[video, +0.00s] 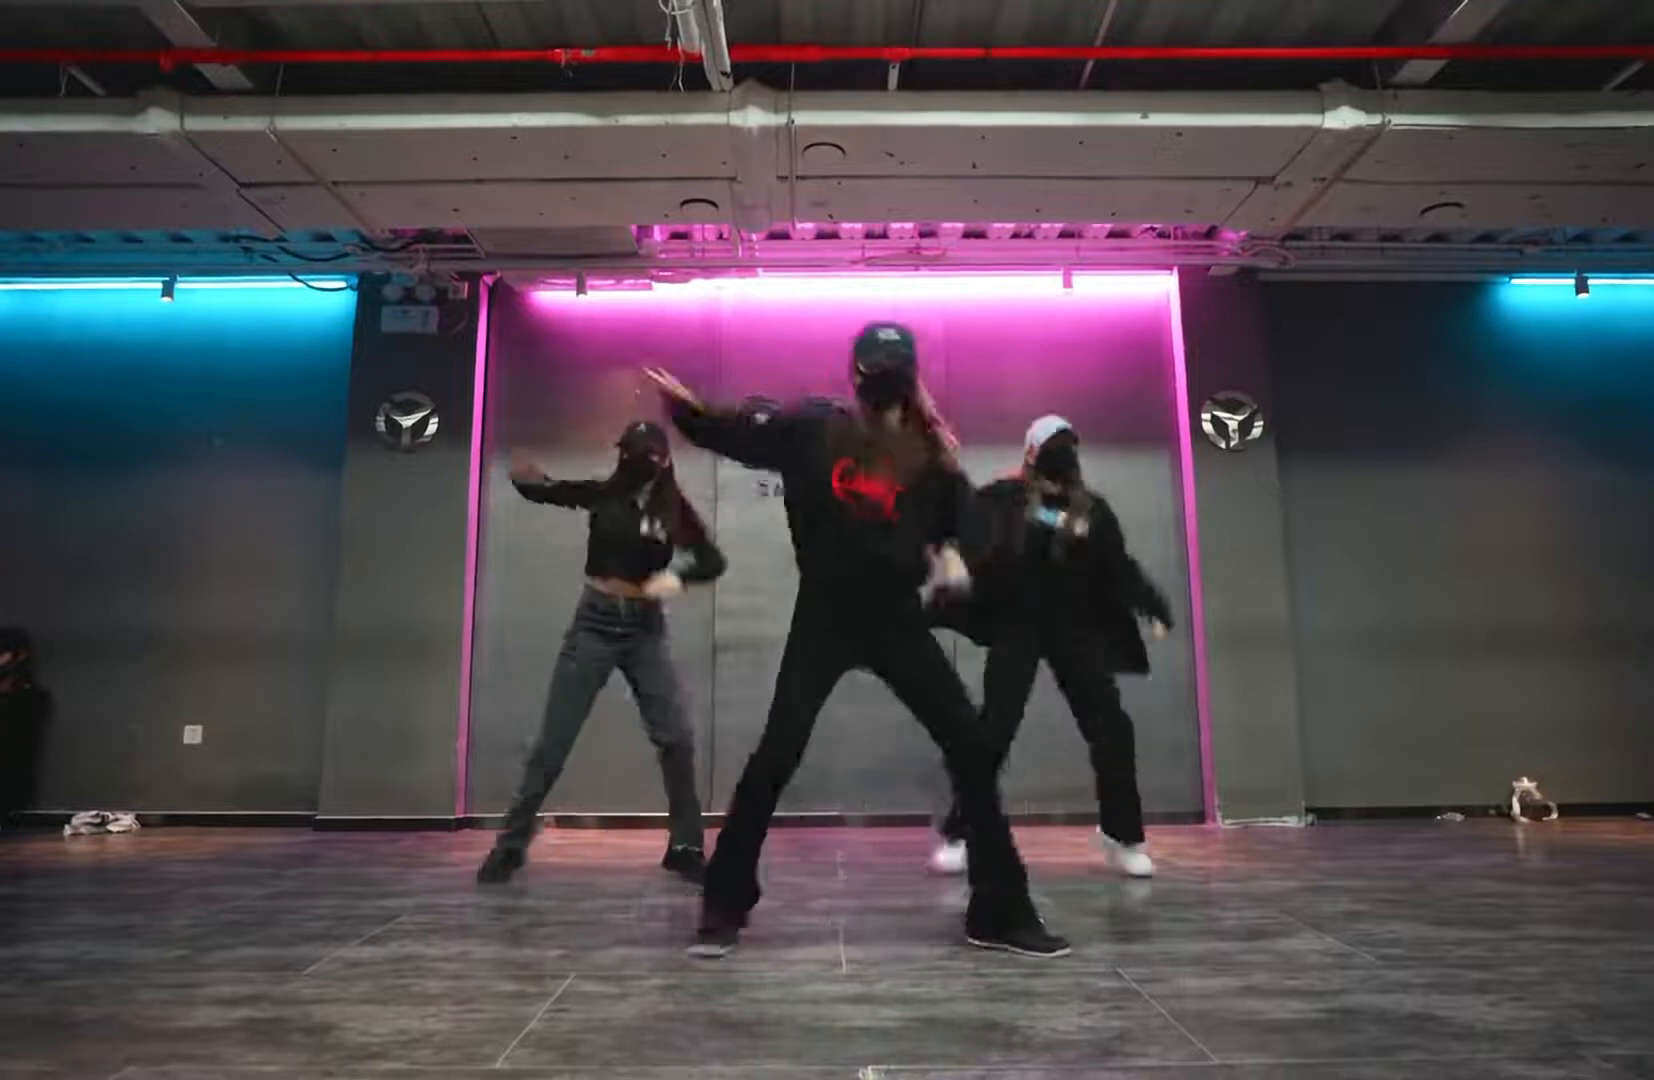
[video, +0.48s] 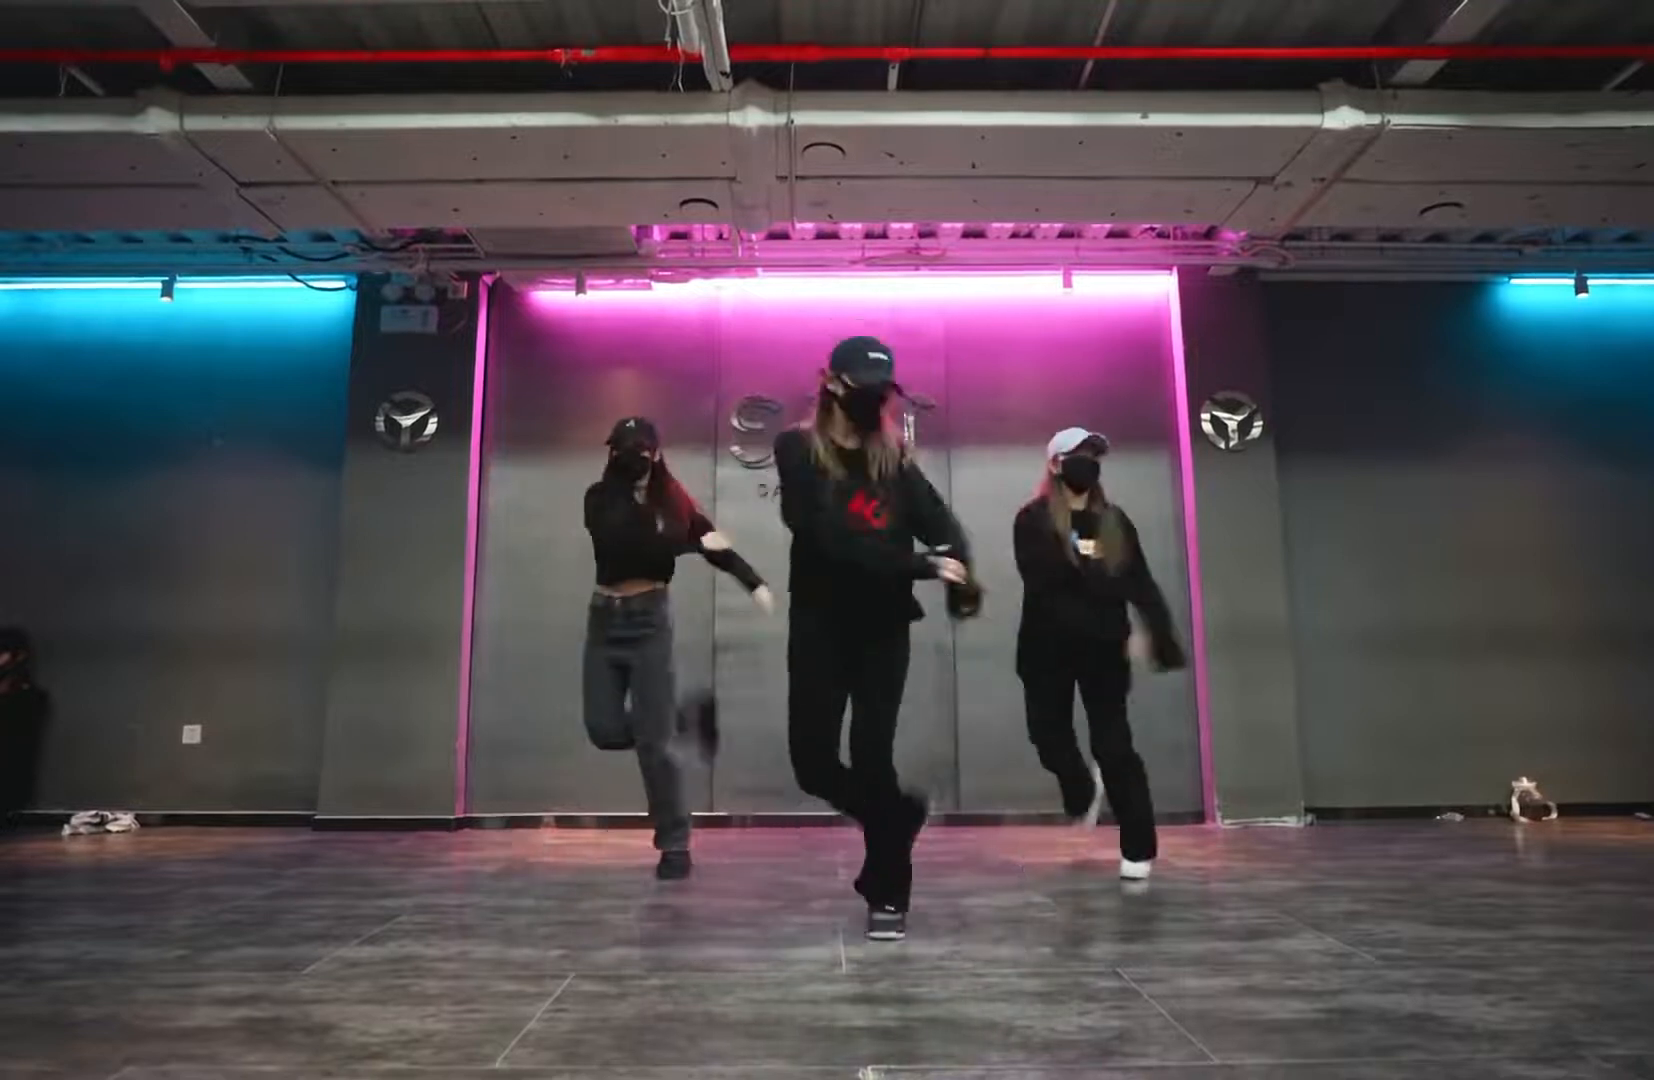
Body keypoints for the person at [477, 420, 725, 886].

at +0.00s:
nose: (641, 466)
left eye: (650, 458)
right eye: (634, 457)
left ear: (663, 461)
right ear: (622, 457)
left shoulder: (672, 505)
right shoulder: (603, 494)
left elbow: (711, 561)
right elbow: (548, 493)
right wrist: (526, 478)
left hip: (645, 629)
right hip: (594, 623)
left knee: (676, 738)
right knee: (551, 746)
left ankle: (685, 848)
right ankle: (509, 849)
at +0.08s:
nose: (633, 447)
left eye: (643, 439)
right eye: (628, 438)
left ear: (662, 440)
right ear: (620, 437)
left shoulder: (679, 482)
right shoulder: (606, 475)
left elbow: (694, 541)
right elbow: (548, 510)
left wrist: (641, 560)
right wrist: (584, 508)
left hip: (649, 608)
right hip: (597, 606)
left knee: (658, 728)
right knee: (580, 721)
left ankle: (675, 838)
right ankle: (568, 833)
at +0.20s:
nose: (640, 455)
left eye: (649, 446)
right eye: (633, 446)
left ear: (661, 443)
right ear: (619, 442)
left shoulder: (670, 486)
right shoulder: (607, 481)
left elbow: (652, 555)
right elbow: (575, 547)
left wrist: (581, 584)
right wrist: (605, 550)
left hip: (656, 615)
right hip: (608, 614)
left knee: (652, 731)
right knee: (614, 731)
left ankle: (663, 835)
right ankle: (622, 832)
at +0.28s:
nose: (639, 457)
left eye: (648, 448)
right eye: (631, 447)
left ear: (661, 448)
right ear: (617, 447)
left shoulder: (671, 495)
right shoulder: (607, 490)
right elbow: (575, 552)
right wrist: (606, 553)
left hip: (660, 619)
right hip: (610, 619)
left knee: (664, 737)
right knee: (616, 737)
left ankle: (676, 844)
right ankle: (622, 842)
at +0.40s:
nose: (639, 451)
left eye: (647, 444)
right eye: (631, 443)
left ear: (659, 447)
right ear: (616, 444)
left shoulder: (669, 489)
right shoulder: (599, 492)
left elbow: (685, 539)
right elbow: (603, 553)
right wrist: (662, 555)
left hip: (659, 617)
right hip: (612, 617)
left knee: (664, 727)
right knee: (611, 726)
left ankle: (675, 840)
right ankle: (649, 812)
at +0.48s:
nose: (633, 461)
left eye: (640, 453)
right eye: (625, 454)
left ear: (654, 453)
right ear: (612, 453)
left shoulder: (667, 492)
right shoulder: (599, 496)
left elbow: (706, 538)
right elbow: (612, 539)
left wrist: (753, 581)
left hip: (650, 620)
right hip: (604, 619)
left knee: (654, 738)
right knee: (604, 730)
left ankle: (673, 845)